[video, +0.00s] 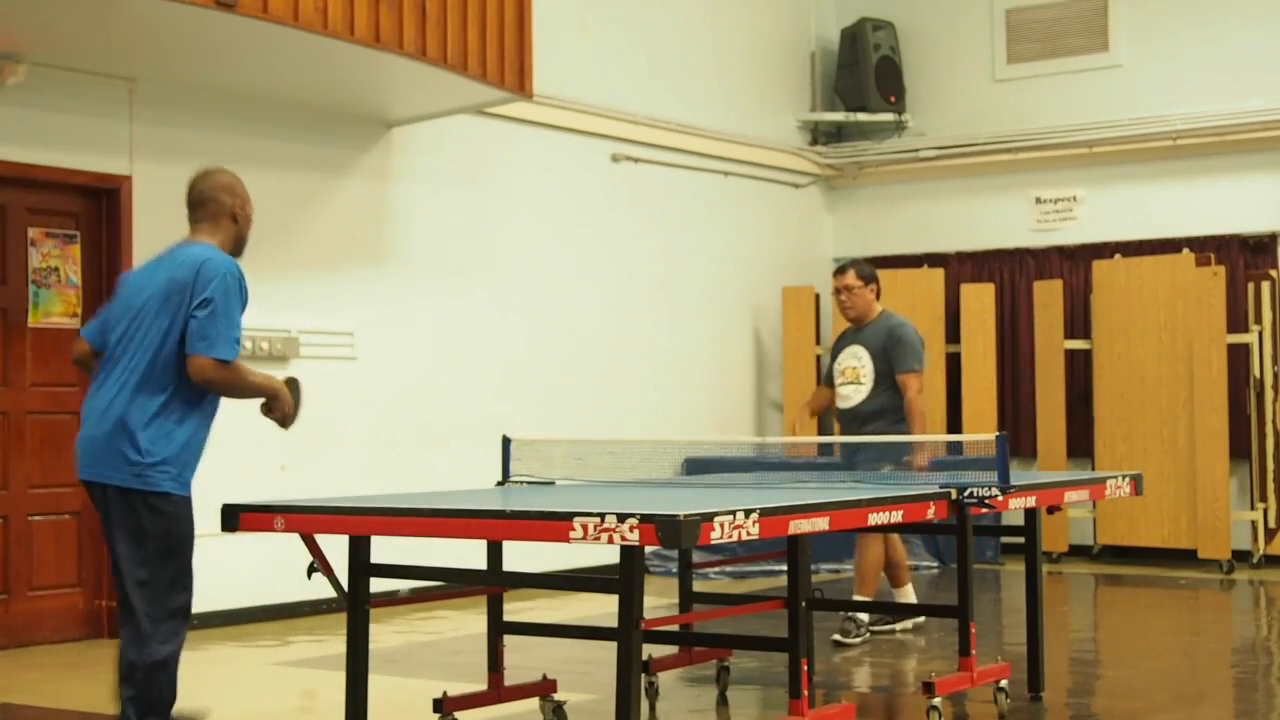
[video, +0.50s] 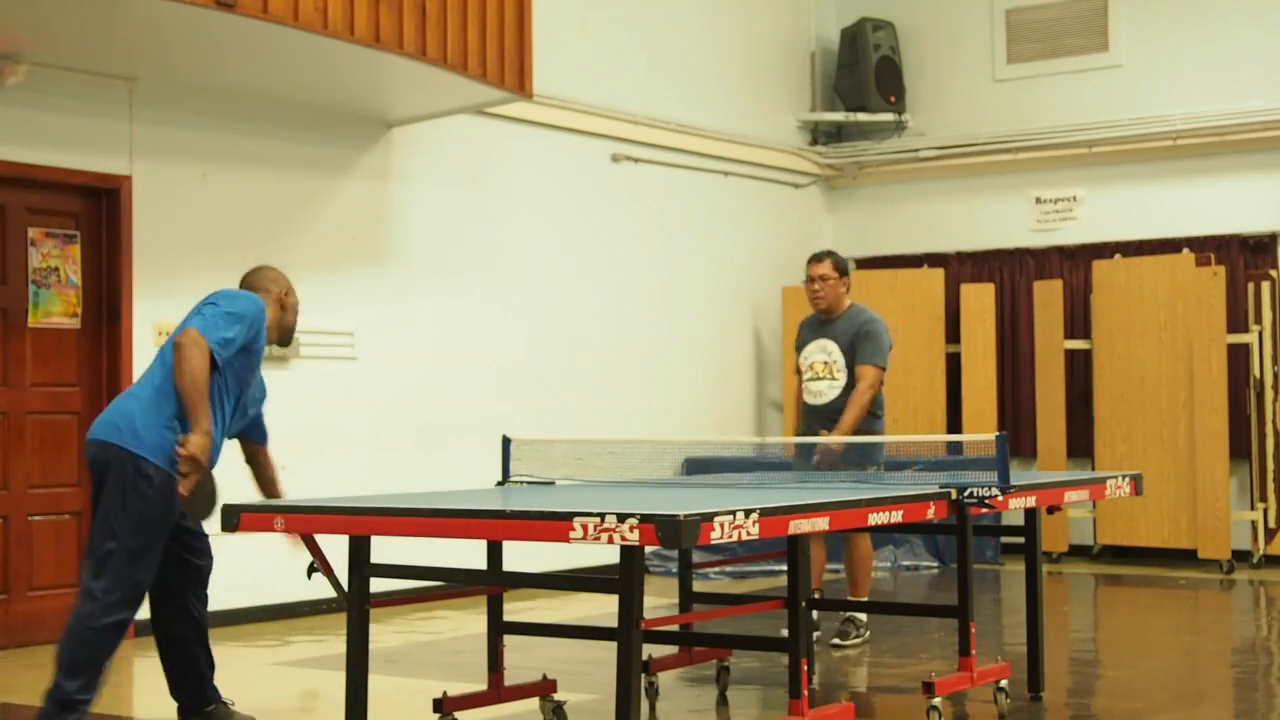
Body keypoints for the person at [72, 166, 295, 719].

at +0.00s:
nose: (250, 227)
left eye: (249, 217)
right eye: (250, 216)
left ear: (196, 213)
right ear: (237, 212)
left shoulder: (146, 272)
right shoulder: (218, 269)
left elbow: (86, 350)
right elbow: (206, 366)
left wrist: (139, 393)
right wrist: (274, 388)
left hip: (106, 455)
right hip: (149, 463)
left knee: (140, 601)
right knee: (163, 609)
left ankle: (140, 706)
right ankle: (148, 712)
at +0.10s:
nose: (263, 254)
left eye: (263, 244)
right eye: (262, 243)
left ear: (210, 235)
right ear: (250, 237)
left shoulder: (181, 283)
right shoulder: (221, 277)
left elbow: (122, 365)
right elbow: (206, 364)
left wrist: (184, 444)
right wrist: (264, 398)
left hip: (121, 458)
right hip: (145, 463)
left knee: (154, 583)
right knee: (169, 587)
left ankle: (177, 688)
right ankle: (152, 705)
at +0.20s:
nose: (278, 280)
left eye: (278, 271)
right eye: (277, 269)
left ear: (231, 258)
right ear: (262, 261)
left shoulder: (204, 299)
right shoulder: (229, 296)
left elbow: (170, 396)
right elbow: (195, 369)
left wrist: (212, 469)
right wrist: (252, 423)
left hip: (140, 469)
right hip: (143, 471)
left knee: (183, 578)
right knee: (169, 595)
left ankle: (195, 700)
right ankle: (141, 712)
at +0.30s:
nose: (290, 303)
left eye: (292, 294)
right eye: (291, 292)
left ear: (251, 274)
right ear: (278, 281)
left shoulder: (220, 306)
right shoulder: (239, 304)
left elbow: (187, 420)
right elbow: (193, 370)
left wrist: (229, 492)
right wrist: (237, 449)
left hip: (153, 468)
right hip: (140, 466)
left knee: (195, 563)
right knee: (156, 586)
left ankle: (198, 700)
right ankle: (123, 711)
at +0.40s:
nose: (297, 307)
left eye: (298, 296)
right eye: (296, 295)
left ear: (259, 283)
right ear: (280, 285)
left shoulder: (244, 342)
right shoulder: (243, 300)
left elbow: (234, 437)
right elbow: (196, 358)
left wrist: (246, 511)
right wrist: (217, 448)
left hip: (162, 462)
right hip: (139, 452)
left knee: (191, 565)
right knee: (142, 585)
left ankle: (199, 702)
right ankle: (96, 710)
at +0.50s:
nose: (296, 318)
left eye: (297, 309)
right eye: (295, 307)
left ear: (269, 297)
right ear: (281, 297)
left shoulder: (246, 373)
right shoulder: (245, 304)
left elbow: (255, 448)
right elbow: (191, 341)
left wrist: (280, 507)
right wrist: (201, 431)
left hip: (156, 462)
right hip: (137, 449)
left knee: (186, 565)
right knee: (117, 584)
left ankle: (199, 704)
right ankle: (63, 708)